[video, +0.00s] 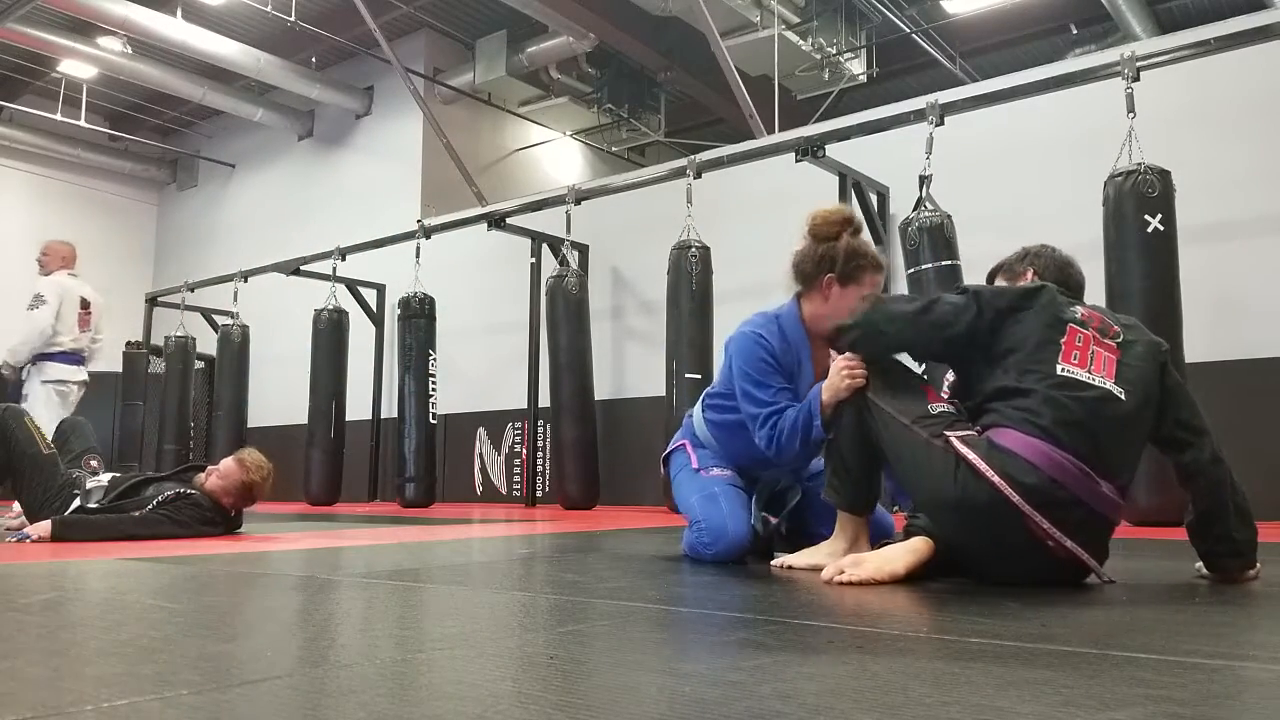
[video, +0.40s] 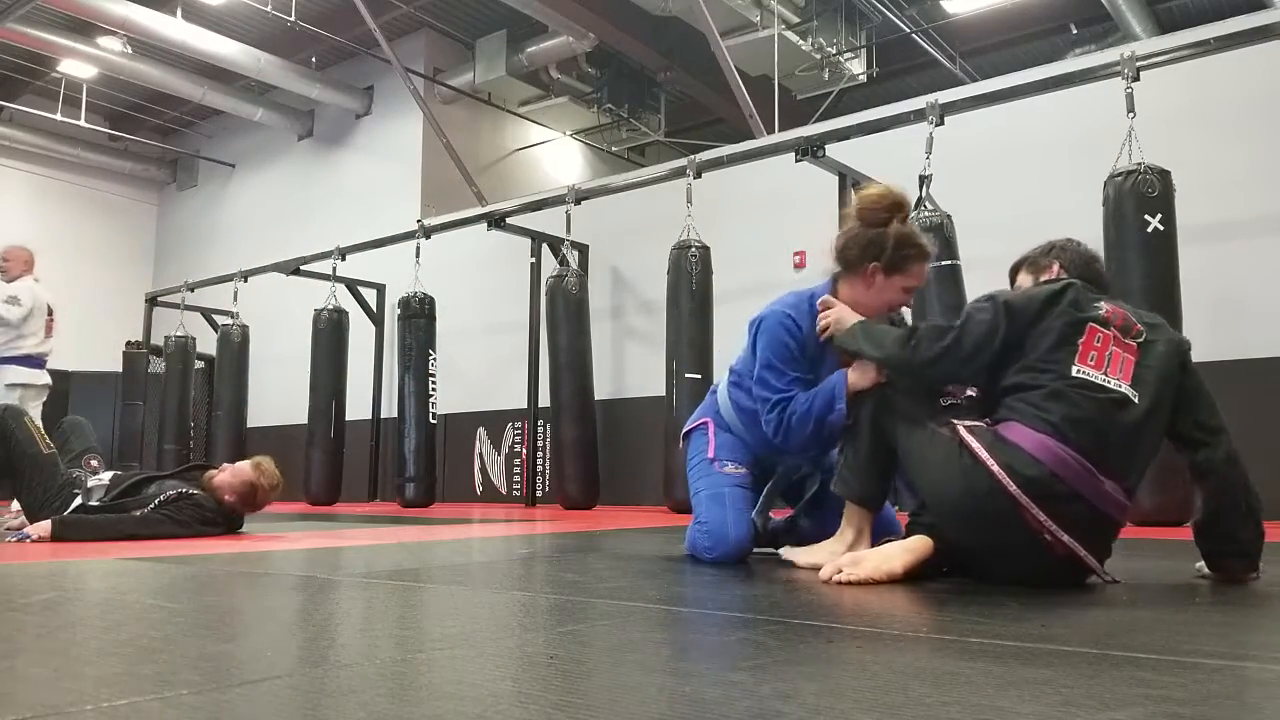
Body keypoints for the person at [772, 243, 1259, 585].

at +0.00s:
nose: (992, 306)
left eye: (998, 295)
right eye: (993, 296)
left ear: (1029, 280)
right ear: (1080, 292)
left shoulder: (1015, 302)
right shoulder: (1148, 349)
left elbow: (880, 319)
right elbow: (1204, 462)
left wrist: (844, 343)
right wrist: (1230, 560)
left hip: (974, 502)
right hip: (1060, 561)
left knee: (862, 370)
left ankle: (846, 538)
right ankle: (913, 550)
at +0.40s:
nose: (1014, 299)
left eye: (1019, 289)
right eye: (1015, 290)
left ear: (1053, 274)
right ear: (1097, 282)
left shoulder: (1037, 302)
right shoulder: (1168, 345)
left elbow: (920, 358)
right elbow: (1220, 462)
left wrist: (855, 328)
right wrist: (1233, 563)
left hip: (975, 496)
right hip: (1059, 559)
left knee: (884, 386)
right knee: (966, 543)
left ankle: (849, 535)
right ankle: (911, 551)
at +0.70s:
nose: (1041, 305)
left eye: (1044, 294)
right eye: (1041, 295)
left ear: (1072, 277)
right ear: (1124, 280)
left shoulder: (1064, 302)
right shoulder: (1210, 339)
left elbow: (945, 382)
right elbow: (1249, 464)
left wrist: (884, 335)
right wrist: (1236, 567)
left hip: (1010, 476)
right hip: (1104, 553)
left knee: (944, 412)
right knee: (985, 538)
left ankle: (859, 535)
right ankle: (932, 552)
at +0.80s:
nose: (1050, 321)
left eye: (1052, 311)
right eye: (1050, 313)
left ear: (1073, 291)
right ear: (1130, 286)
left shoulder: (1074, 306)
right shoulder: (1227, 325)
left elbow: (954, 377)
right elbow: (1264, 436)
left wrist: (892, 324)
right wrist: (1252, 558)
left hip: (1108, 476)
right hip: (1205, 545)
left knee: (976, 408)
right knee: (1058, 517)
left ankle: (863, 535)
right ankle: (942, 557)